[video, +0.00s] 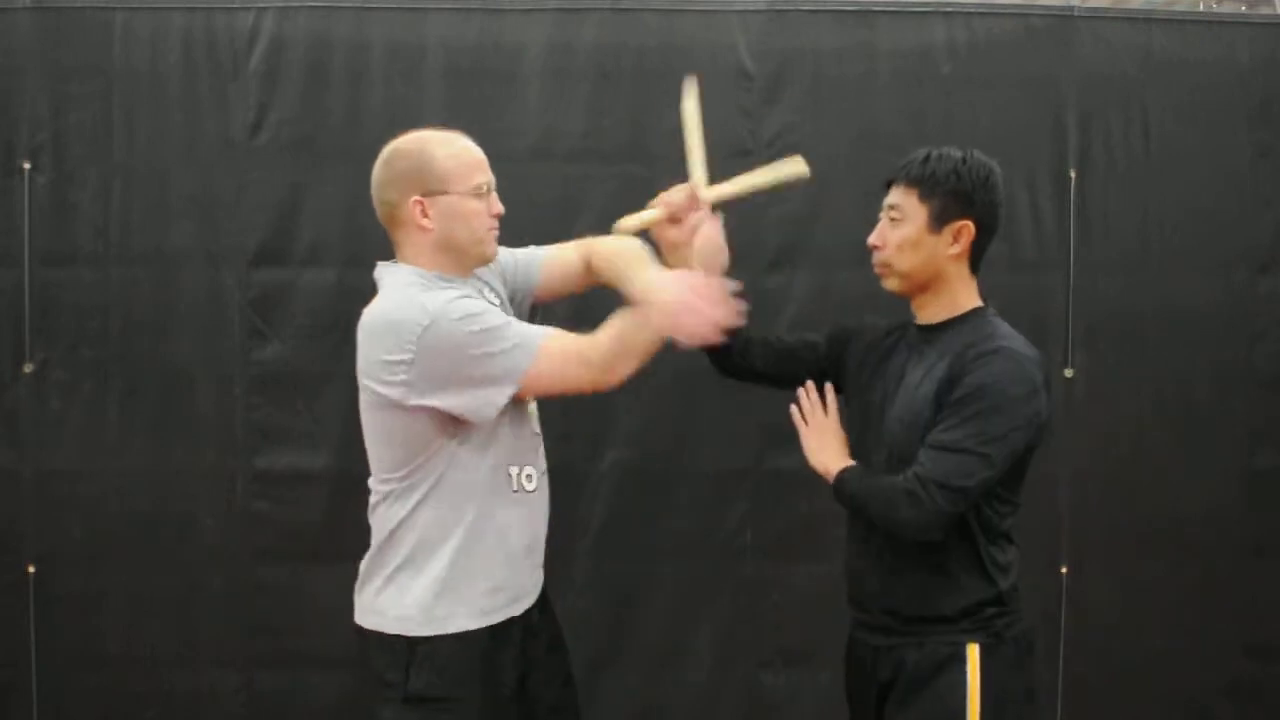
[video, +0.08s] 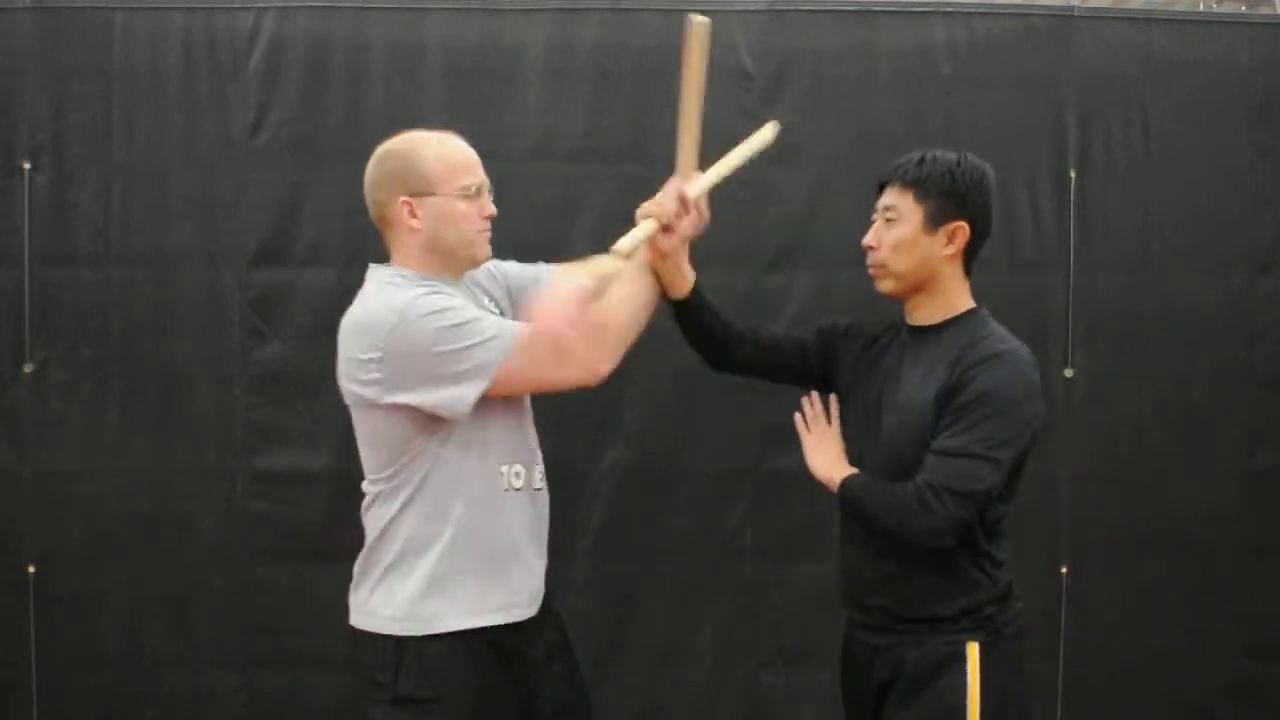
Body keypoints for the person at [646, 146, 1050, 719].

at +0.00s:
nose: (874, 239)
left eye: (894, 220)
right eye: (880, 219)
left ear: (957, 238)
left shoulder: (1005, 367)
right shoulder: (873, 351)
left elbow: (922, 507)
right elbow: (740, 356)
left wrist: (839, 469)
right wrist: (688, 259)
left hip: (961, 657)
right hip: (877, 649)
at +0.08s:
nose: (868, 240)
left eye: (890, 220)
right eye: (873, 221)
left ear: (952, 238)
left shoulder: (1001, 367)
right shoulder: (861, 350)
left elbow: (935, 515)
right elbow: (733, 351)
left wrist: (839, 474)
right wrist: (672, 263)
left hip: (957, 653)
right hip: (871, 646)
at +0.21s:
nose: (863, 238)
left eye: (884, 219)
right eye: (867, 220)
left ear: (947, 236)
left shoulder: (996, 368)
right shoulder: (855, 344)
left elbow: (961, 520)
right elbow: (736, 343)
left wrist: (845, 482)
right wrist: (661, 288)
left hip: (948, 651)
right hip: (864, 643)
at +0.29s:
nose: (862, 238)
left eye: (883, 219)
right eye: (866, 221)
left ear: (946, 236)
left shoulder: (996, 370)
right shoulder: (848, 343)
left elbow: (965, 520)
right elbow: (743, 351)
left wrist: (845, 480)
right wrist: (652, 332)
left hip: (948, 646)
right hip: (861, 638)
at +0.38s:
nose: (861, 240)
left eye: (884, 220)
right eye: (866, 221)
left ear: (945, 237)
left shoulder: (996, 369)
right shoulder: (853, 343)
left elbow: (967, 508)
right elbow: (755, 385)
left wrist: (843, 464)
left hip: (947, 647)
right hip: (858, 638)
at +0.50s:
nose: (857, 241)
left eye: (880, 222)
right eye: (862, 223)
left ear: (940, 240)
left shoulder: (990, 366)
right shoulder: (851, 356)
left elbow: (943, 453)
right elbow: (772, 448)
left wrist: (833, 421)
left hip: (944, 647)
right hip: (856, 640)